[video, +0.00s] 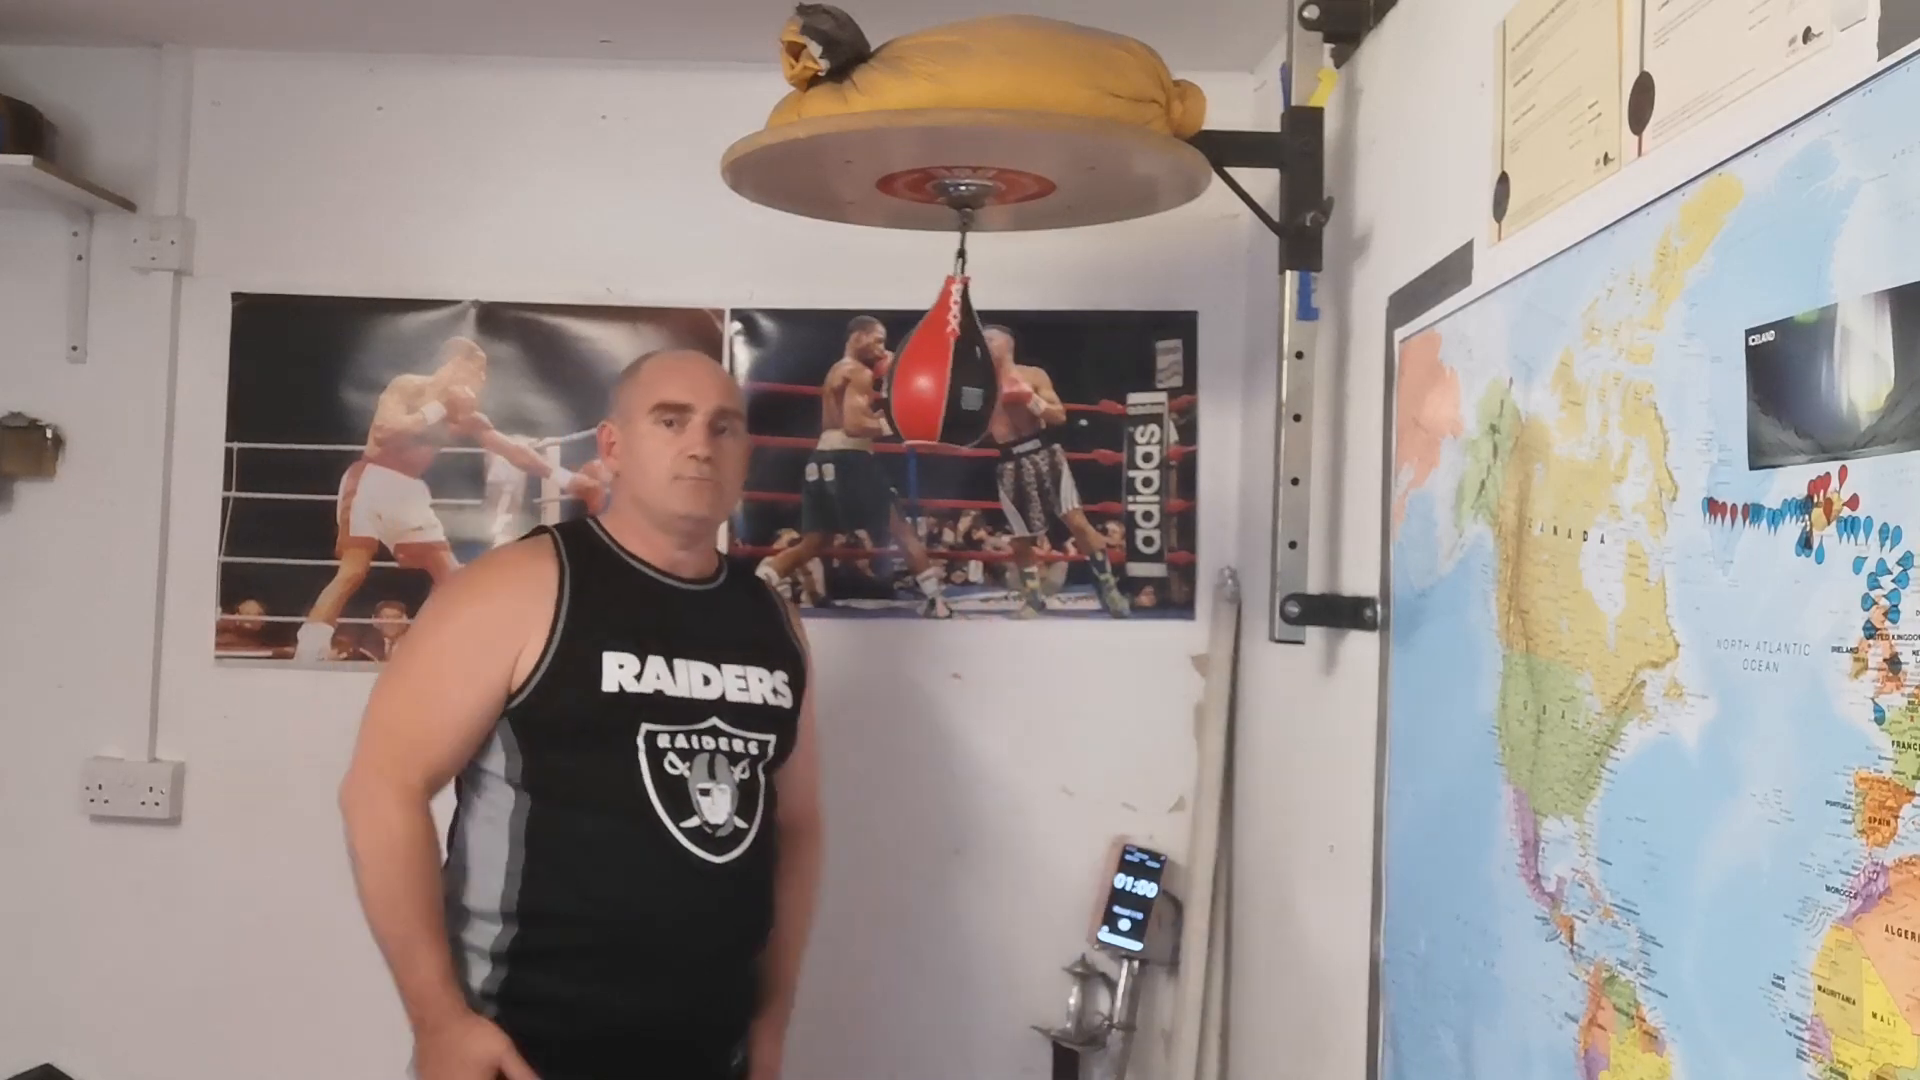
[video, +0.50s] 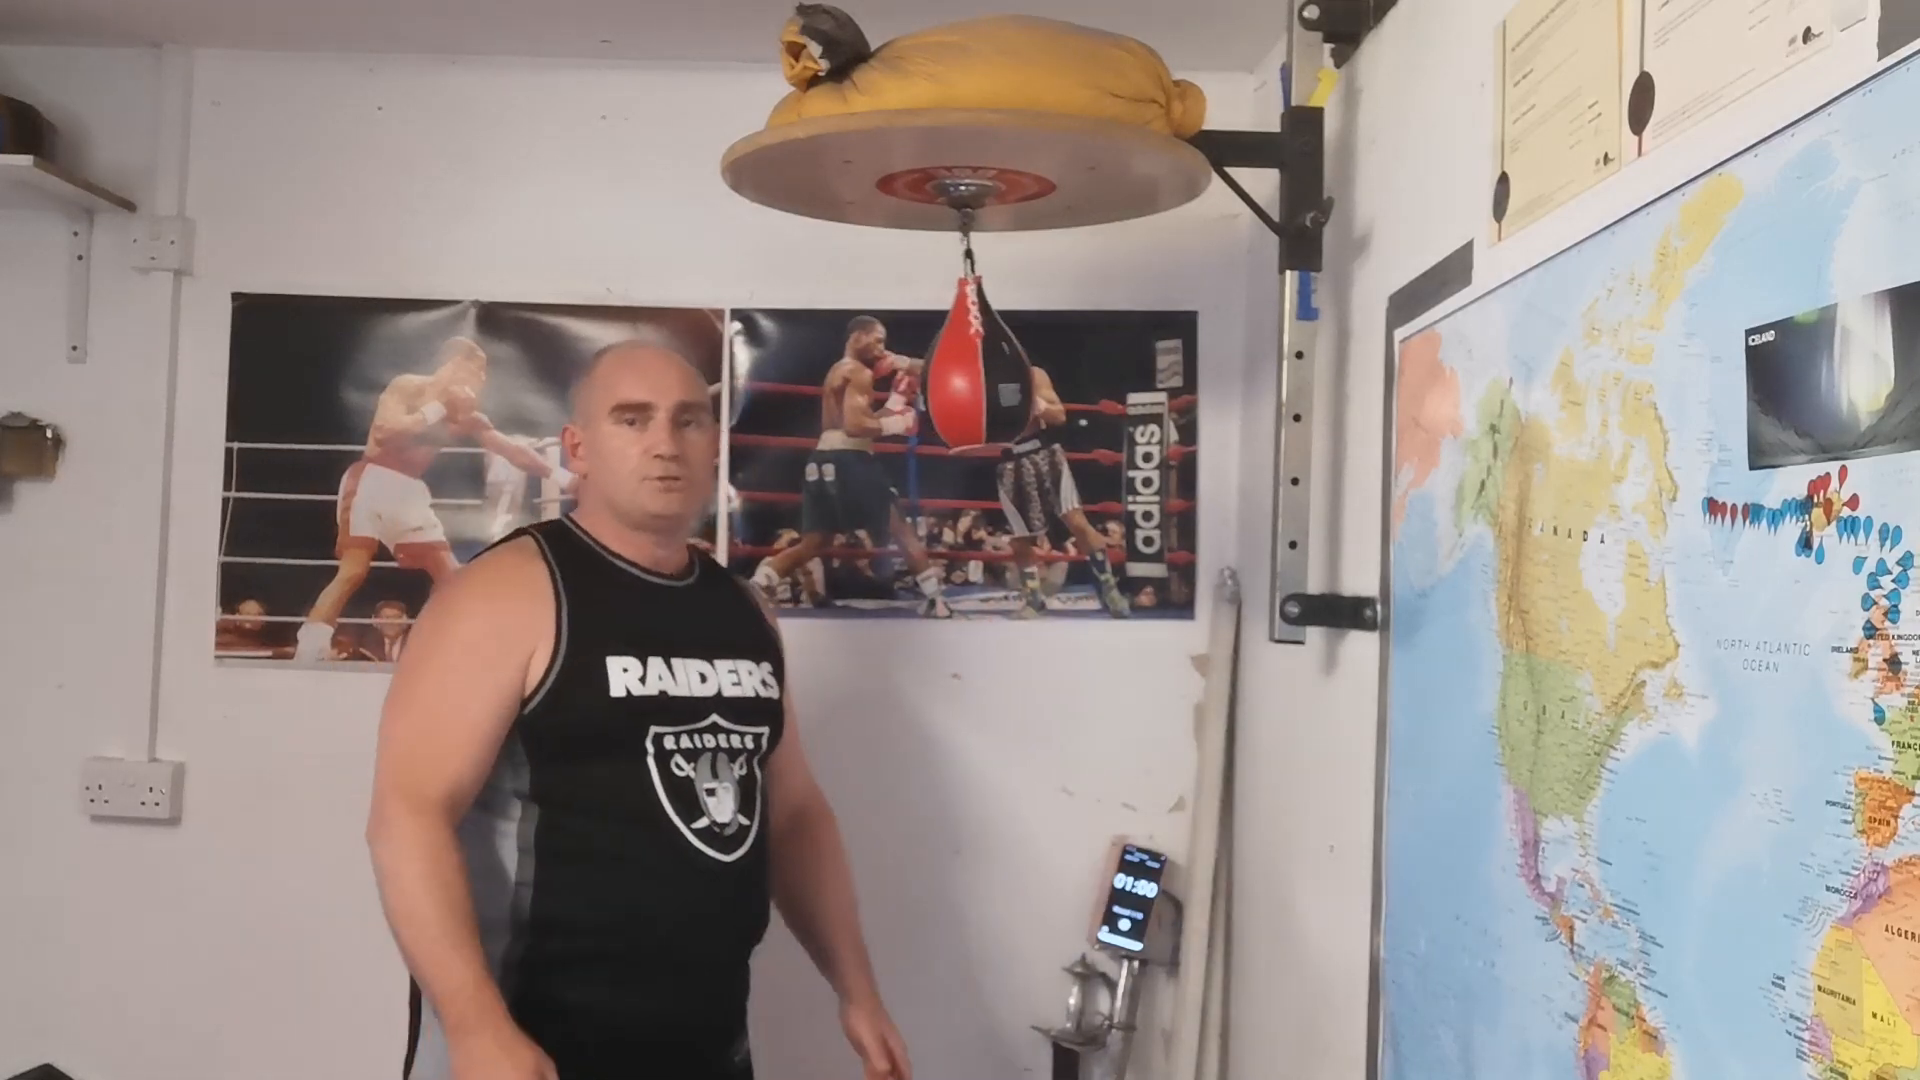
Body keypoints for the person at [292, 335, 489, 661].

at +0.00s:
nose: (474, 385)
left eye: (478, 379)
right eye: (470, 374)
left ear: (478, 383)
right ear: (451, 366)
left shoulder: (461, 413)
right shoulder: (405, 386)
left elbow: (506, 447)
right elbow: (384, 430)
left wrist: (546, 473)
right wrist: (436, 409)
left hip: (410, 492)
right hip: (369, 482)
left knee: (449, 572)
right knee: (352, 572)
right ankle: (307, 651)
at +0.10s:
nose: (472, 386)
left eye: (477, 381)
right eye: (470, 375)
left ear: (478, 384)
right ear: (451, 366)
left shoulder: (460, 412)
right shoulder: (405, 386)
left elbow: (506, 447)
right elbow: (384, 429)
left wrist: (546, 473)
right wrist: (436, 409)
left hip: (409, 491)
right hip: (369, 482)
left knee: (448, 571)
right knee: (352, 572)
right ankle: (307, 652)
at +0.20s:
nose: (475, 383)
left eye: (479, 377)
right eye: (472, 373)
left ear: (477, 380)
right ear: (451, 365)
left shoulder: (464, 413)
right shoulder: (404, 387)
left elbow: (512, 451)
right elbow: (381, 433)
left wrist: (565, 478)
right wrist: (432, 413)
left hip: (408, 492)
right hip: (369, 483)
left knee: (448, 573)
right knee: (353, 570)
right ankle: (307, 651)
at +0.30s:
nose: (472, 385)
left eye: (477, 380)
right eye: (467, 375)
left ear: (479, 384)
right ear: (447, 367)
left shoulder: (465, 415)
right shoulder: (405, 386)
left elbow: (511, 450)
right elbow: (383, 432)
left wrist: (563, 478)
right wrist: (434, 412)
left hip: (408, 492)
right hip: (368, 482)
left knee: (448, 573)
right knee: (353, 570)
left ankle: (438, 658)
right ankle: (306, 650)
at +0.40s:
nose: (473, 384)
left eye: (478, 378)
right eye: (468, 374)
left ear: (477, 382)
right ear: (448, 366)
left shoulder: (465, 414)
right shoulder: (404, 386)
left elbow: (510, 450)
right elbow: (383, 432)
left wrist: (562, 478)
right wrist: (432, 412)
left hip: (408, 492)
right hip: (368, 482)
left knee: (448, 573)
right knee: (353, 570)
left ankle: (447, 659)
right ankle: (306, 654)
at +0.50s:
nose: (476, 382)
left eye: (480, 375)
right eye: (473, 372)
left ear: (476, 379)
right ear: (453, 365)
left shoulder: (462, 411)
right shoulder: (404, 387)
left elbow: (512, 451)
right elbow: (382, 433)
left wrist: (559, 477)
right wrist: (432, 415)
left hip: (408, 491)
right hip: (370, 482)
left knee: (447, 573)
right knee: (353, 569)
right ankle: (308, 646)